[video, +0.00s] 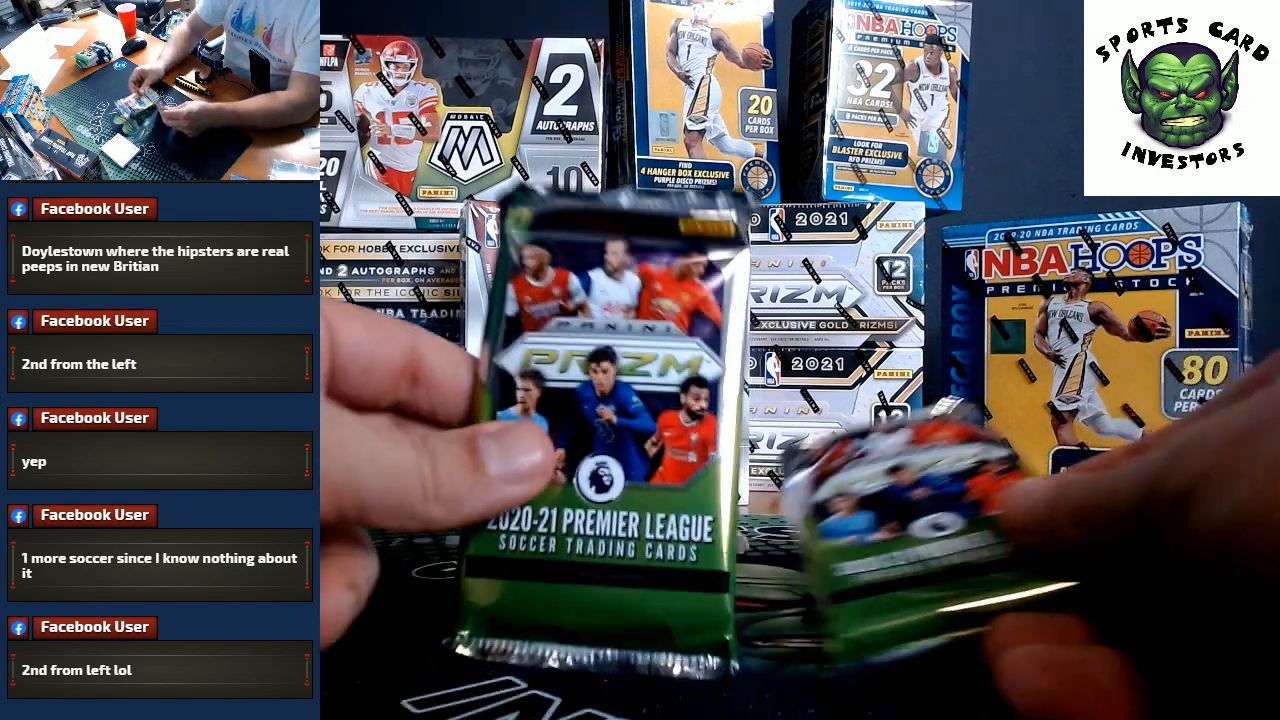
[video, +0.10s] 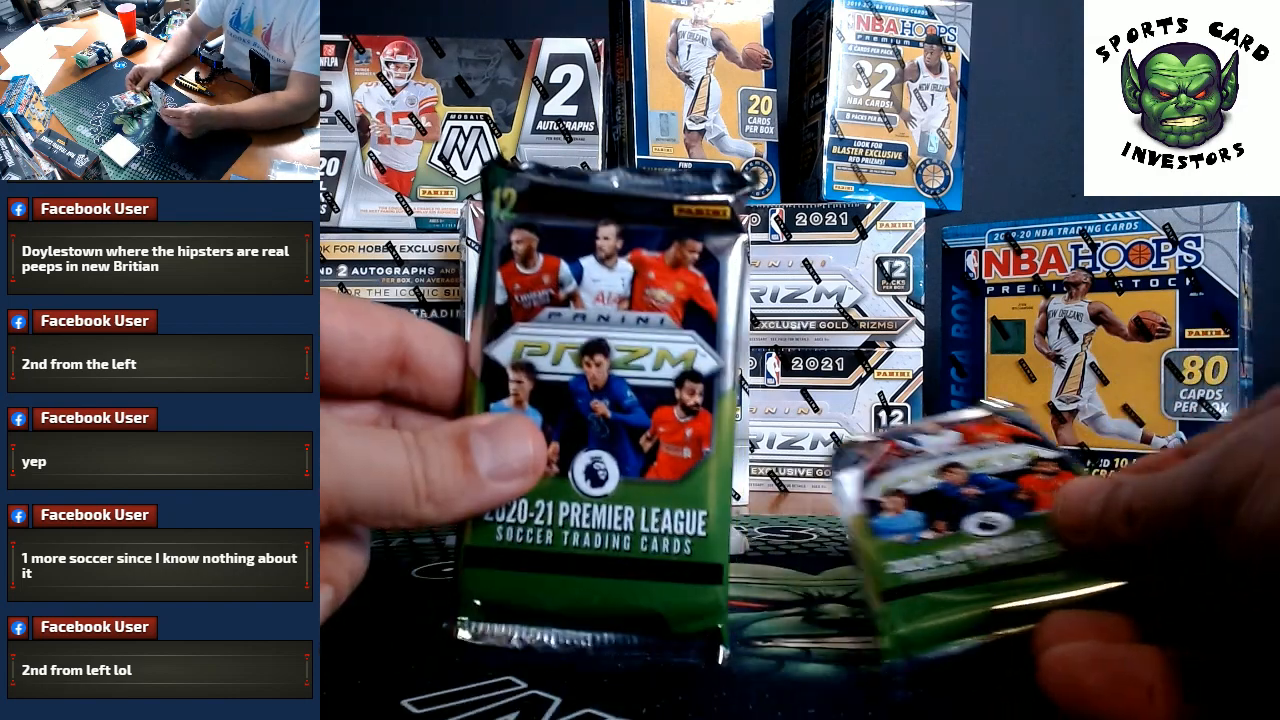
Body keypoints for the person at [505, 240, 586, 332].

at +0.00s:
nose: (527, 263)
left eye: (532, 258)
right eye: (525, 258)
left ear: (544, 259)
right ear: (522, 261)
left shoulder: (567, 279)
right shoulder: (514, 288)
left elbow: (584, 306)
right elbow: (511, 324)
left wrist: (573, 307)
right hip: (533, 343)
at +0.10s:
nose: (514, 248)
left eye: (519, 243)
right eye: (512, 243)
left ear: (534, 243)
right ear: (510, 243)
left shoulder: (558, 266)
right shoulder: (503, 275)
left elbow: (575, 297)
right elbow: (500, 313)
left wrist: (582, 323)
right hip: (523, 335)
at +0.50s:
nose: (504, 260)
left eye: (510, 254)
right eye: (502, 255)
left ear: (525, 254)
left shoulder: (549, 277)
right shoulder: (494, 287)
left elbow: (568, 307)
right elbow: (491, 325)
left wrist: (574, 334)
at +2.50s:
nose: (502, 263)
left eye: (508, 257)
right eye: (500, 257)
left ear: (523, 257)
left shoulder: (549, 280)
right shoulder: (492, 291)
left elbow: (570, 311)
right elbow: (489, 332)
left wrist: (577, 341)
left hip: (549, 351)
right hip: (515, 353)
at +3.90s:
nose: (495, 264)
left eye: (501, 258)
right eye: (493, 258)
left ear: (517, 257)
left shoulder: (543, 280)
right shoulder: (486, 293)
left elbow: (564, 311)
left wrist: (572, 339)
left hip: (545, 352)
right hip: (510, 355)